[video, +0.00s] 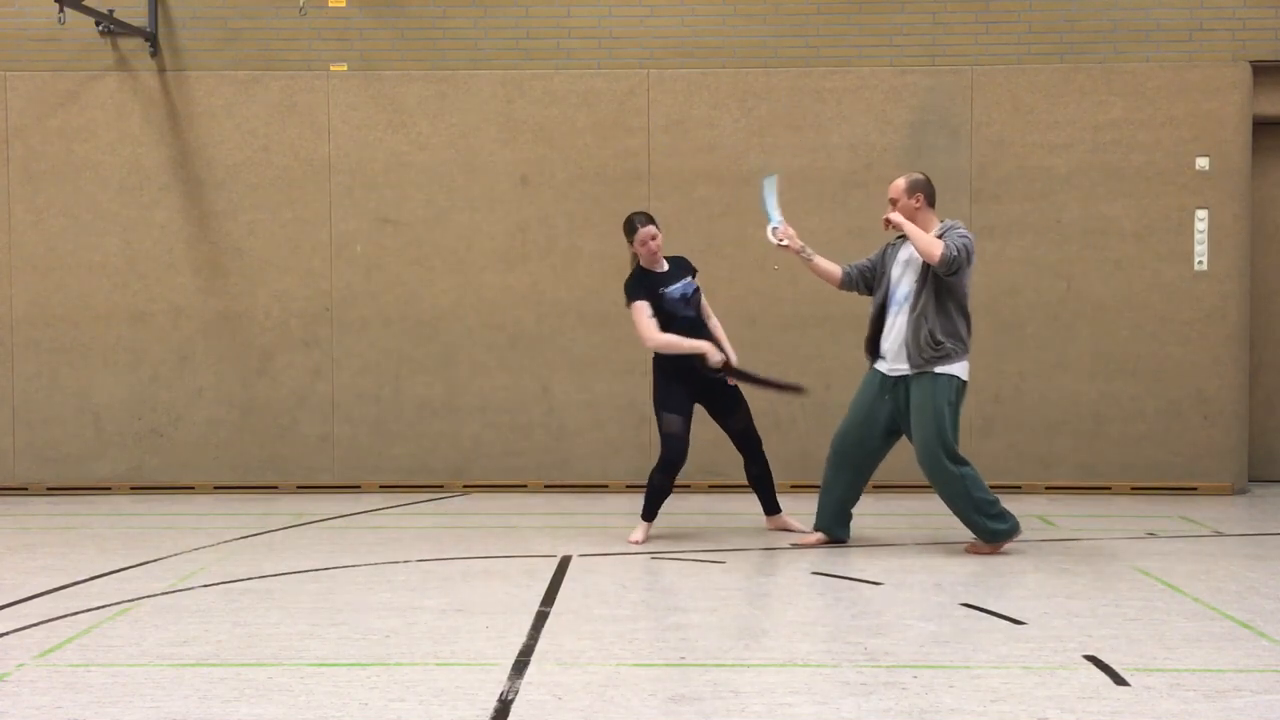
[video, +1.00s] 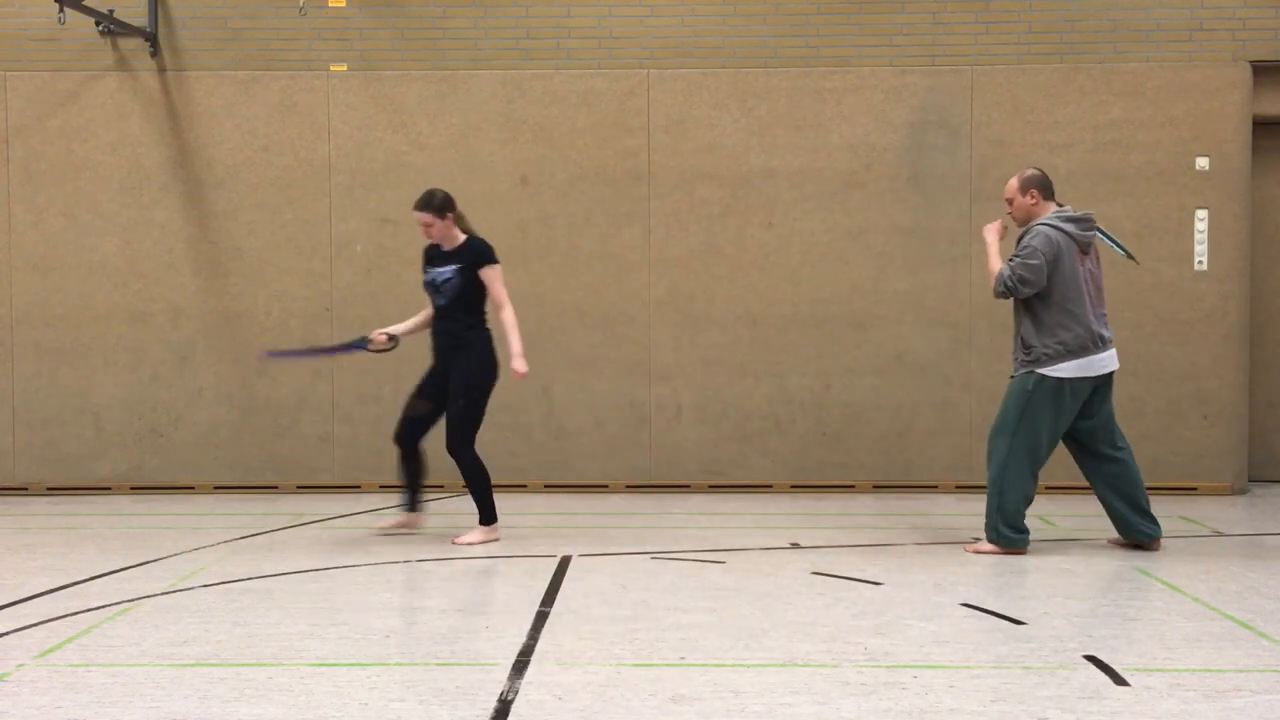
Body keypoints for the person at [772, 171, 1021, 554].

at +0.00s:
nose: (891, 210)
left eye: (895, 202)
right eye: (890, 204)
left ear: (919, 201)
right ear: (907, 203)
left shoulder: (957, 236)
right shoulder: (894, 250)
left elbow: (944, 259)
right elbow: (850, 278)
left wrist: (905, 224)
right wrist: (801, 250)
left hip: (936, 369)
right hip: (888, 369)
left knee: (935, 455)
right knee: (849, 446)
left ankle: (998, 528)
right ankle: (831, 528)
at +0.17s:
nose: (912, 207)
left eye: (916, 199)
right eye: (911, 200)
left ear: (941, 196)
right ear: (935, 198)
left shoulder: (979, 229)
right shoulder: (929, 245)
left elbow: (957, 264)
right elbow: (885, 277)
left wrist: (920, 230)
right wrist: (841, 244)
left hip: (968, 365)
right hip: (929, 365)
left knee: (962, 454)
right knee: (898, 445)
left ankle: (1004, 535)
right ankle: (863, 522)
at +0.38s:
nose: (929, 203)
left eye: (933, 195)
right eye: (928, 196)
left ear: (956, 191)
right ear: (956, 192)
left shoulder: (985, 227)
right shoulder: (967, 228)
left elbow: (951, 274)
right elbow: (934, 273)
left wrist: (919, 227)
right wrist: (908, 231)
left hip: (993, 360)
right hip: (968, 358)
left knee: (979, 445)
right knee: (945, 438)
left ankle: (1005, 536)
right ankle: (965, 526)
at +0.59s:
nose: (952, 207)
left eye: (954, 198)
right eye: (950, 199)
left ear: (977, 193)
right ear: (985, 193)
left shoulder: (989, 231)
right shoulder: (1019, 225)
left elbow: (964, 284)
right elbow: (1037, 287)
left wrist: (936, 244)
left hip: (1004, 365)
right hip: (1045, 360)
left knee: (982, 449)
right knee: (1043, 438)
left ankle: (1004, 538)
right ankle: (1091, 521)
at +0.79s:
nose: (979, 211)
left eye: (983, 203)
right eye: (978, 204)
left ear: (1004, 197)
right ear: (1011, 197)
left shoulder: (1013, 236)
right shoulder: (1050, 230)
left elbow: (984, 287)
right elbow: (1061, 289)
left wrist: (962, 246)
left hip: (1029, 367)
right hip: (1070, 362)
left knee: (989, 449)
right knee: (1091, 442)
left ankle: (1004, 537)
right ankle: (1137, 522)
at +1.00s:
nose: (1007, 209)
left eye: (1010, 201)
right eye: (1006, 202)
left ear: (1033, 197)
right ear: (1042, 197)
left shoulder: (1041, 236)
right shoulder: (1079, 229)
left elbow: (1004, 285)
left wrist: (992, 242)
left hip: (1055, 366)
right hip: (1095, 361)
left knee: (1009, 443)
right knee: (1103, 446)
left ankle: (1005, 537)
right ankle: (1142, 531)